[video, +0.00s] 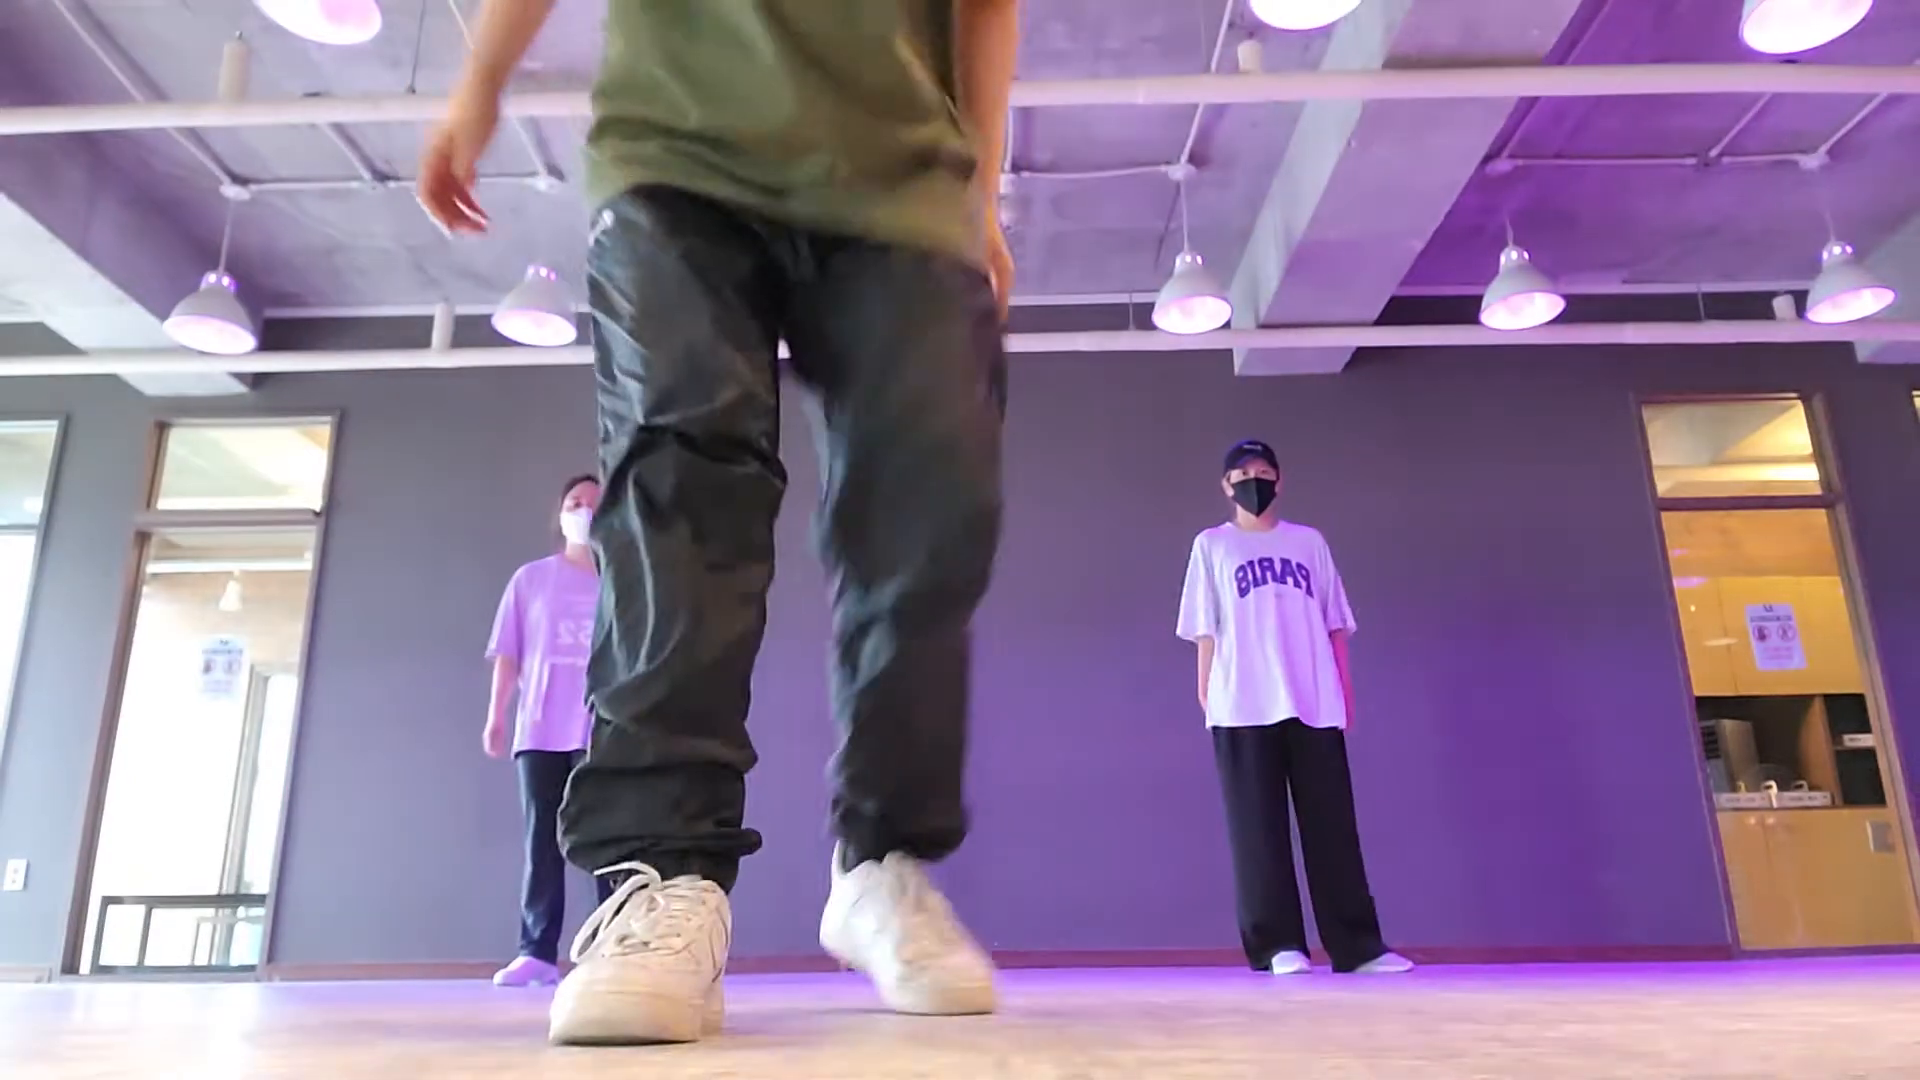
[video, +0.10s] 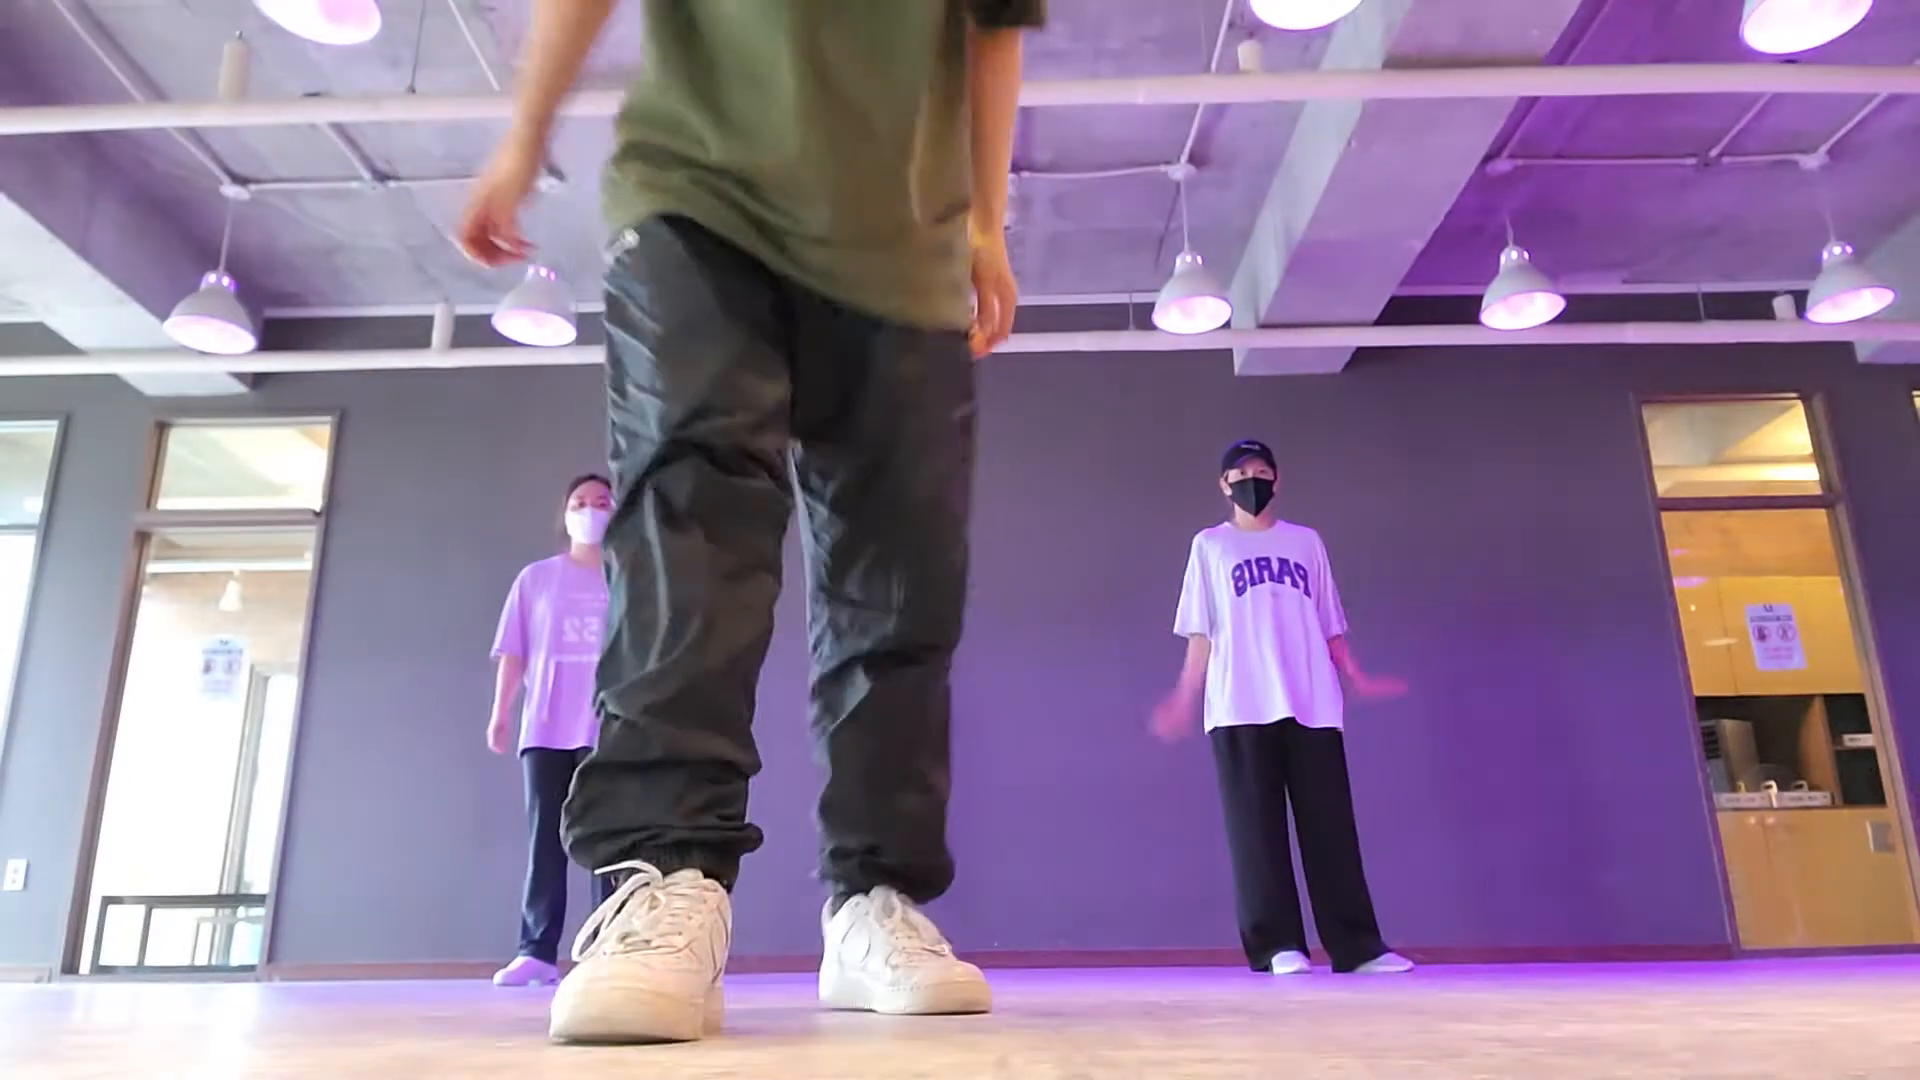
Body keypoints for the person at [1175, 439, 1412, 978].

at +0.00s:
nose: (1253, 479)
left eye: (1262, 471)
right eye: (1242, 472)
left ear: (1278, 481)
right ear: (1227, 485)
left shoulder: (1310, 542)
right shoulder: (1211, 546)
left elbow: (1335, 630)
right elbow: (1207, 638)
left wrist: (1345, 698)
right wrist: (1208, 709)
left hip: (1313, 704)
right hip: (1244, 709)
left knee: (1333, 829)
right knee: (1261, 834)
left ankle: (1359, 948)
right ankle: (1278, 948)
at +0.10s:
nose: (1251, 481)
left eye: (1261, 472)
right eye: (1240, 474)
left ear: (1276, 481)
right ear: (1224, 485)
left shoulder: (1307, 542)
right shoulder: (1209, 547)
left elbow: (1331, 625)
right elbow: (1201, 634)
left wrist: (1357, 679)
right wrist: (1184, 698)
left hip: (1311, 703)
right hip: (1242, 707)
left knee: (1331, 828)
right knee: (1259, 835)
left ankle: (1358, 949)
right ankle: (1278, 949)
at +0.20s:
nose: (1249, 482)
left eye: (1258, 473)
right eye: (1238, 475)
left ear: (1274, 481)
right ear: (1222, 485)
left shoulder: (1304, 543)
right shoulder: (1206, 545)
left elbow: (1331, 624)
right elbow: (1187, 629)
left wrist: (1382, 652)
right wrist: (1147, 673)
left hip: (1309, 704)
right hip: (1239, 708)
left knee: (1327, 827)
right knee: (1255, 833)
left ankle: (1356, 949)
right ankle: (1275, 947)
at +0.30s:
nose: (1247, 483)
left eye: (1256, 474)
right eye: (1235, 475)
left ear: (1270, 483)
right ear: (1218, 485)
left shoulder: (1299, 543)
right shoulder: (1199, 544)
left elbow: (1340, 607)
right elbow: (1171, 613)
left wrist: (1366, 619)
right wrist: (1155, 633)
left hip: (1305, 699)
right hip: (1235, 702)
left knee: (1324, 823)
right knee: (1252, 831)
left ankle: (1355, 947)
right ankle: (1273, 946)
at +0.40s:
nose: (1246, 484)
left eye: (1255, 475)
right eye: (1234, 476)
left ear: (1270, 483)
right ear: (1218, 485)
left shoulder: (1299, 544)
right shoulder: (1199, 544)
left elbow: (1348, 609)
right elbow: (1170, 618)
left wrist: (1375, 599)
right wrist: (1144, 613)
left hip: (1305, 705)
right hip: (1233, 708)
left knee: (1324, 826)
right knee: (1250, 834)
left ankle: (1357, 949)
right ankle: (1274, 948)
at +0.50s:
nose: (1244, 480)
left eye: (1254, 472)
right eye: (1233, 473)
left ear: (1267, 484)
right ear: (1217, 486)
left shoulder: (1296, 545)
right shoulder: (1199, 545)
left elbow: (1333, 617)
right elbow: (1183, 624)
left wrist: (1389, 587)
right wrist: (1131, 603)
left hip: (1301, 703)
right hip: (1230, 706)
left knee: (1322, 825)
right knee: (1249, 833)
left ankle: (1356, 946)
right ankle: (1275, 948)